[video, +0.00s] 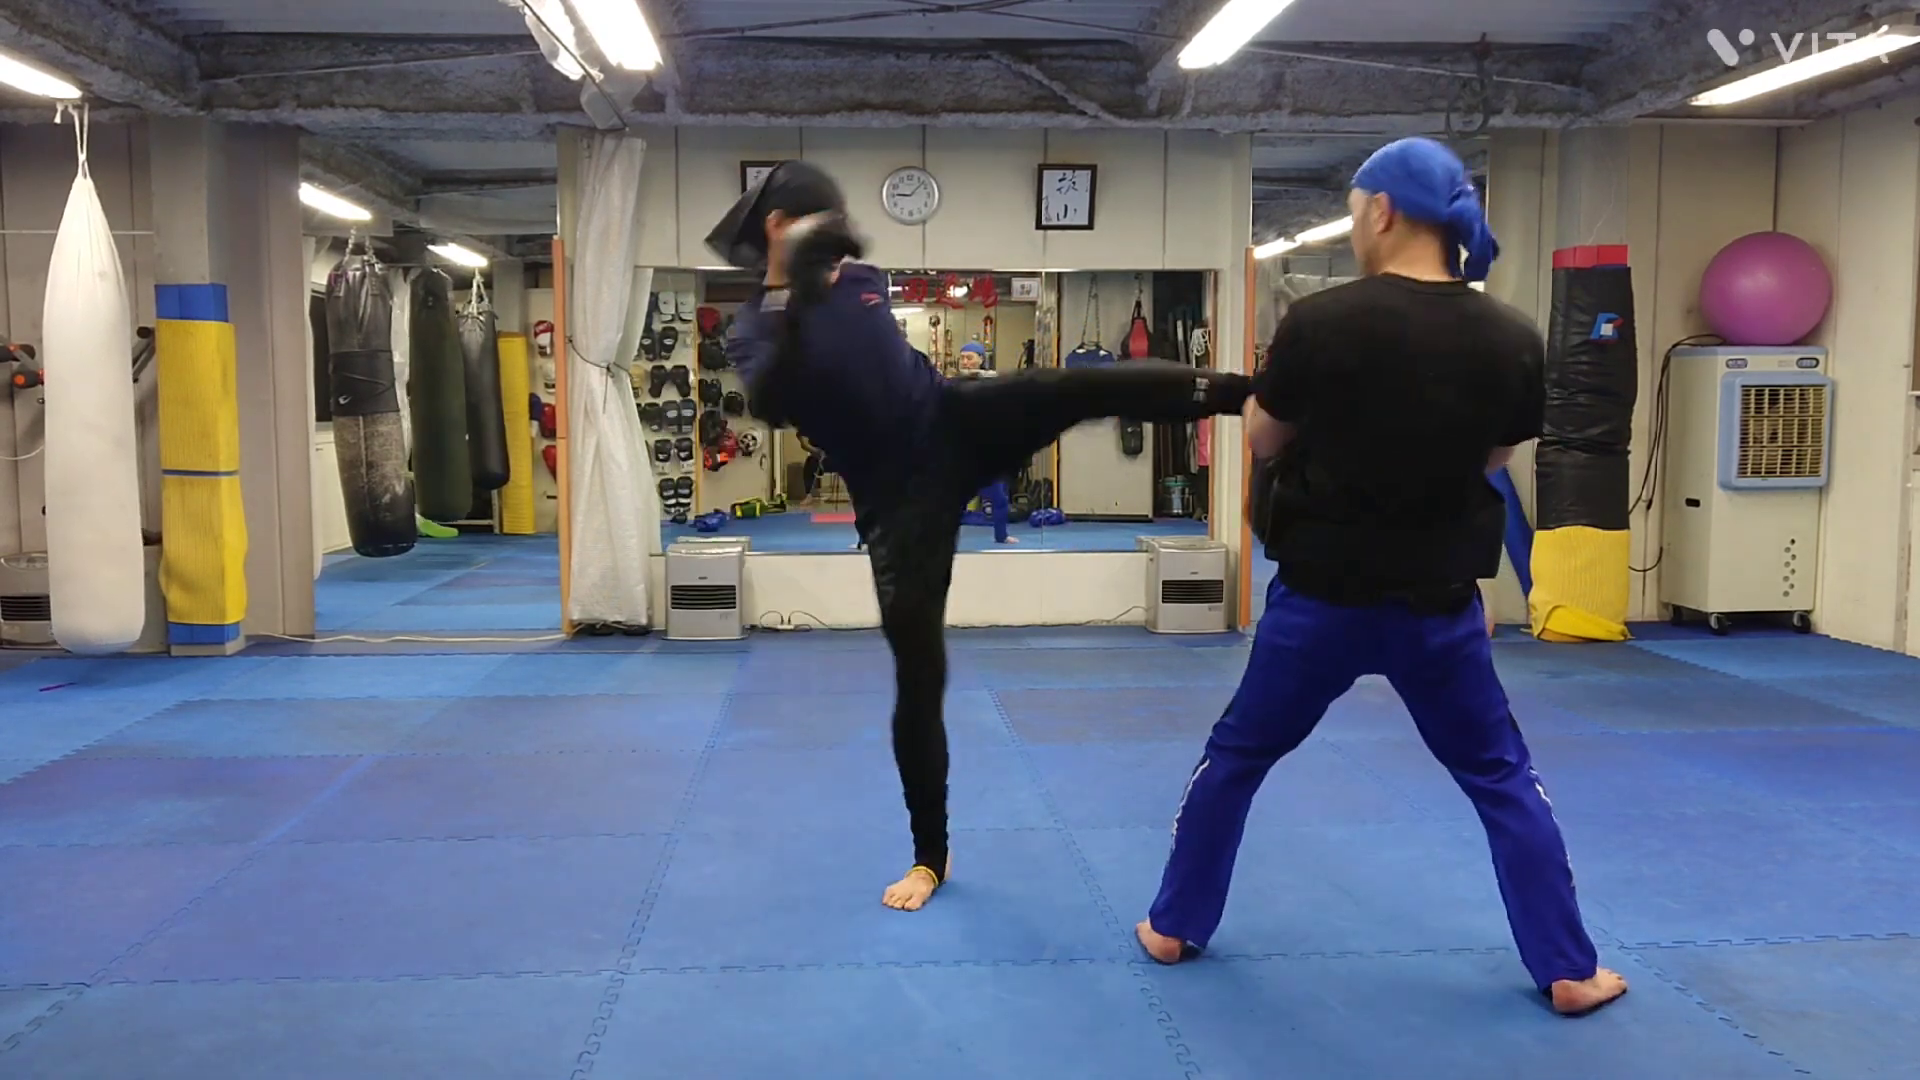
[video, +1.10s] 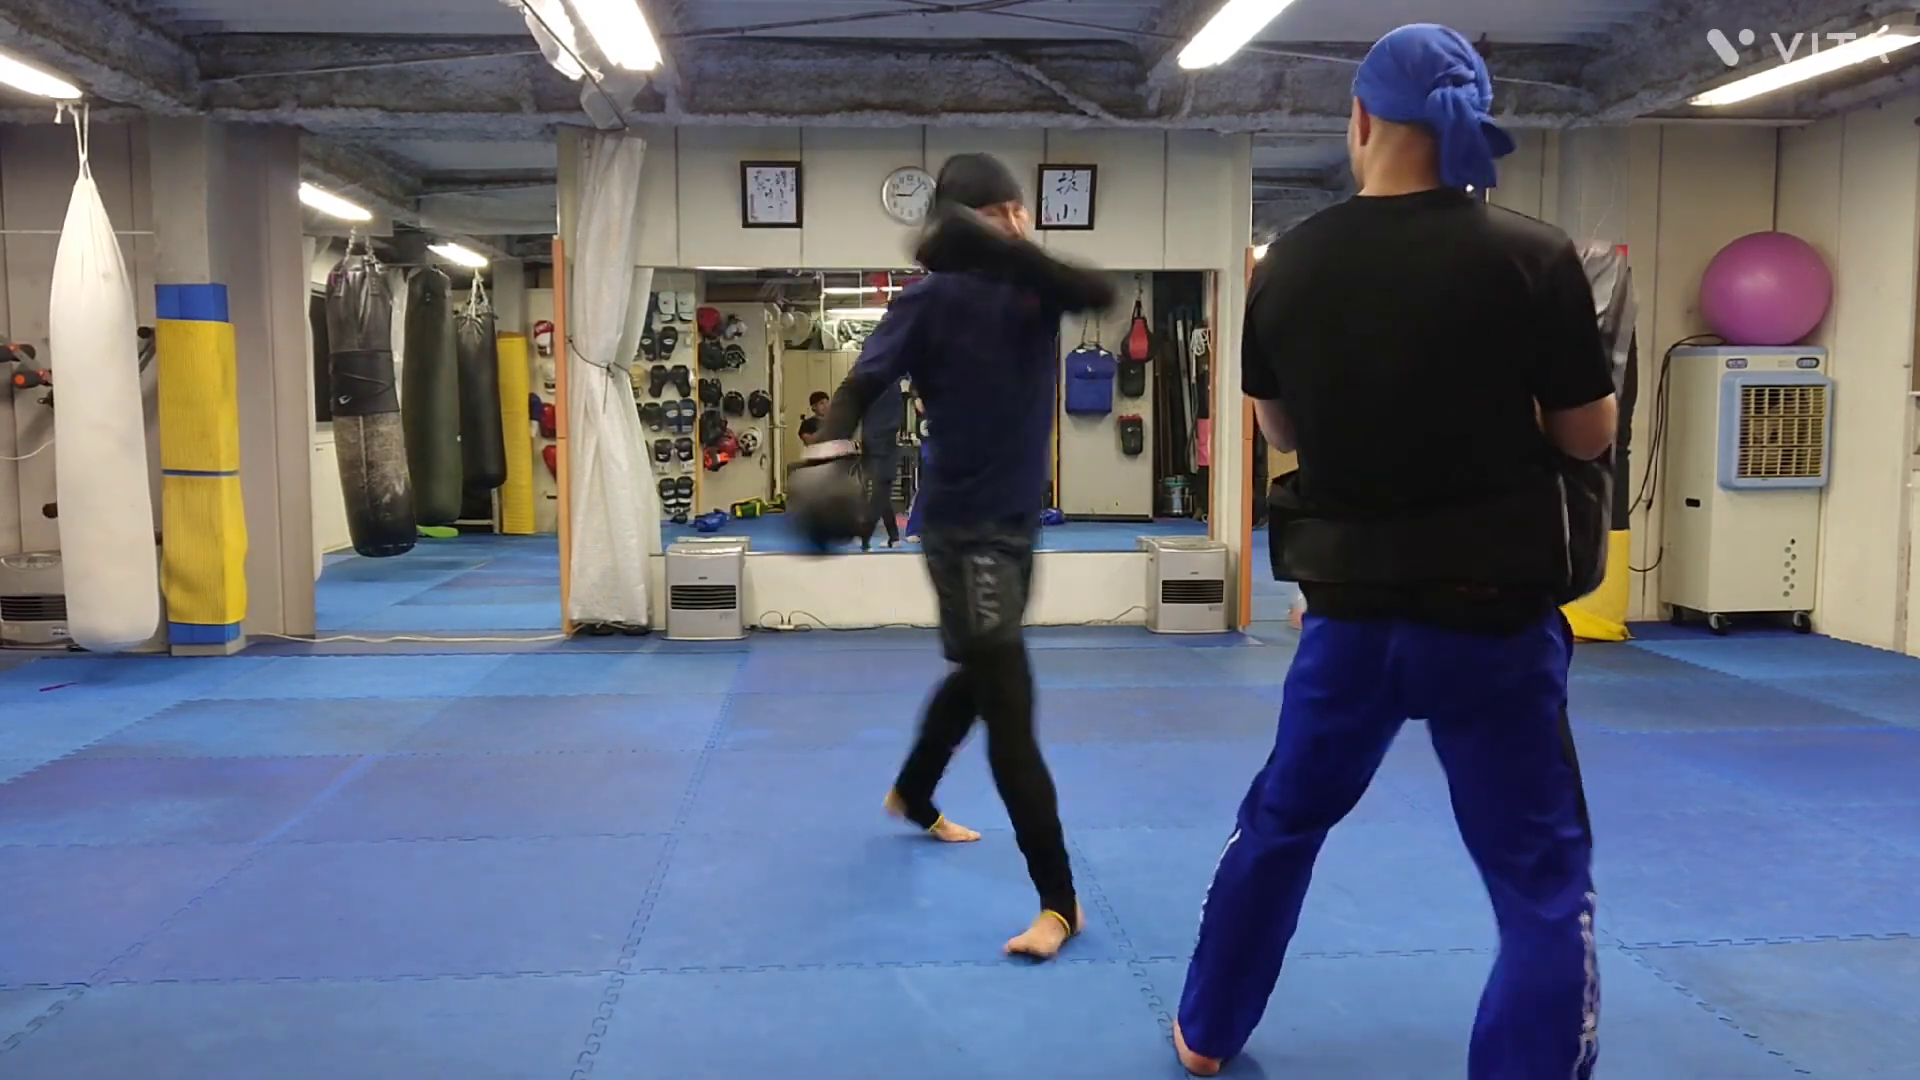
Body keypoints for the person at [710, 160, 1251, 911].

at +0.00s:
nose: (816, 231)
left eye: (822, 219)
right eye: (798, 219)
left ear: (832, 224)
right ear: (769, 232)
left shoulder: (855, 281)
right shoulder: (754, 328)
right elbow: (772, 400)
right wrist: (784, 291)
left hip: (953, 422)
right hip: (898, 501)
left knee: (1080, 386)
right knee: (919, 675)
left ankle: (1258, 392)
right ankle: (929, 857)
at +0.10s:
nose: (854, 216)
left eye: (855, 203)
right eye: (840, 203)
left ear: (820, 212)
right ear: (794, 210)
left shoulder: (848, 269)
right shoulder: (763, 316)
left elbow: (876, 251)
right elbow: (798, 405)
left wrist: (865, 253)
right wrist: (829, 299)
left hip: (953, 424)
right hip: (896, 499)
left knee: (1097, 417)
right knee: (919, 678)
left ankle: (1256, 419)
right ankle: (928, 858)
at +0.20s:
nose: (884, 217)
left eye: (887, 202)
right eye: (870, 202)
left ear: (858, 206)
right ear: (825, 202)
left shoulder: (879, 276)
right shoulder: (777, 302)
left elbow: (920, 372)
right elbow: (790, 414)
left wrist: (1006, 408)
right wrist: (853, 328)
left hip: (954, 448)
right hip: (888, 506)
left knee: (1070, 476)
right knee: (910, 685)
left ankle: (1174, 537)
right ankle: (925, 859)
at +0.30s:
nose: (916, 219)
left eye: (918, 206)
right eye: (905, 204)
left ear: (894, 207)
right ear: (857, 200)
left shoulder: (904, 283)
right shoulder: (808, 297)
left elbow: (957, 367)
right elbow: (816, 405)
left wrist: (1031, 353)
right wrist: (882, 334)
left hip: (949, 480)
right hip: (885, 514)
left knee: (1050, 584)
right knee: (911, 691)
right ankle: (923, 860)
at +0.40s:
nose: (954, 221)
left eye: (958, 208)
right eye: (944, 206)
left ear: (928, 209)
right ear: (896, 202)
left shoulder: (931, 286)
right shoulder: (852, 293)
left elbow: (963, 375)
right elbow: (856, 402)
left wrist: (1023, 348)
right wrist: (931, 326)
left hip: (939, 498)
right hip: (882, 510)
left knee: (973, 629)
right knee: (913, 672)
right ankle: (908, 861)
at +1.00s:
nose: (1018, 234)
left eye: (1024, 220)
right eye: (1002, 223)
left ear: (1030, 222)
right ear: (960, 228)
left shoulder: (1030, 300)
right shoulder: (938, 291)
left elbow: (1094, 382)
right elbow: (869, 387)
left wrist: (1122, 358)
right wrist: (935, 403)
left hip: (981, 517)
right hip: (928, 516)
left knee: (948, 666)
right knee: (965, 676)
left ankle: (903, 808)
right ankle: (1000, 881)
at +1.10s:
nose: (1022, 218)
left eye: (1022, 205)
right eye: (1007, 207)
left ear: (1017, 215)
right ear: (972, 217)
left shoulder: (1040, 286)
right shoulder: (932, 295)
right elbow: (859, 387)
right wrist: (838, 452)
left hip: (1018, 524)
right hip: (958, 527)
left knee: (979, 676)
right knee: (1009, 708)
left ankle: (912, 794)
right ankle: (1059, 905)